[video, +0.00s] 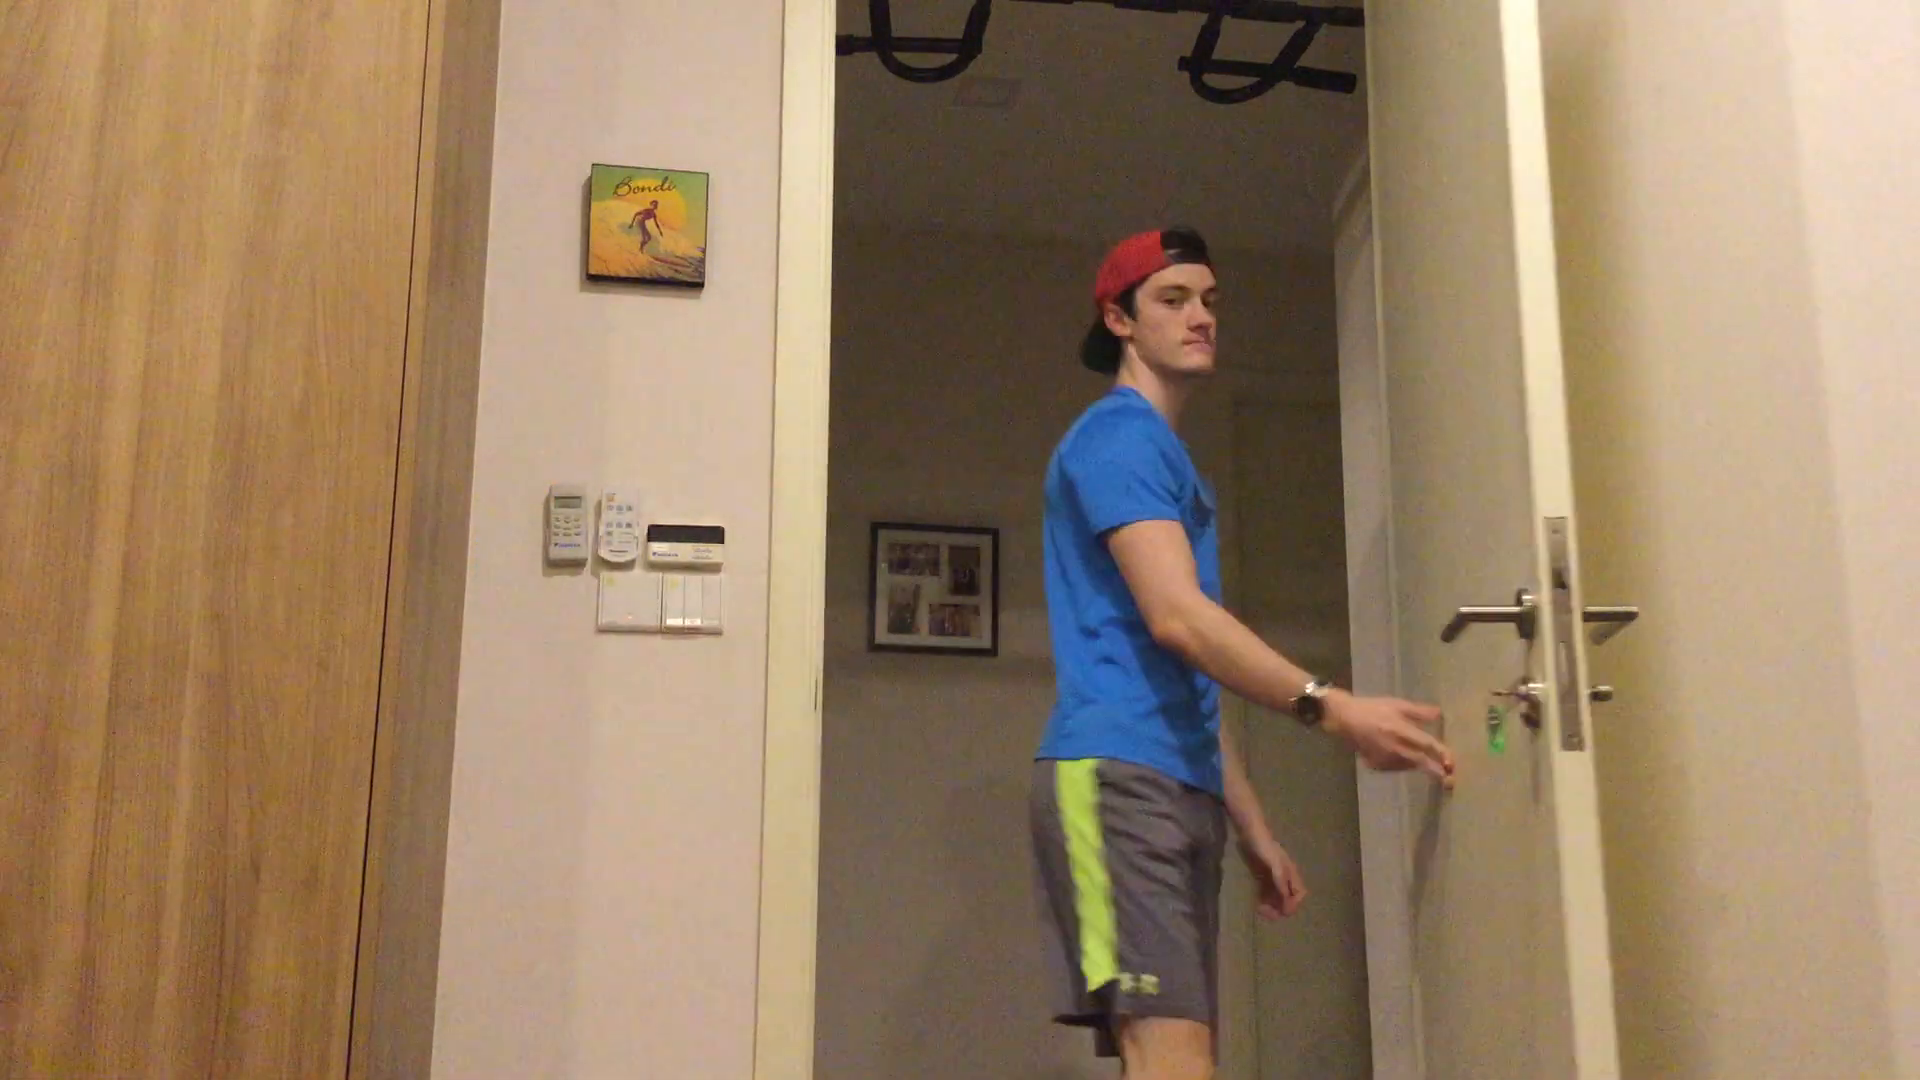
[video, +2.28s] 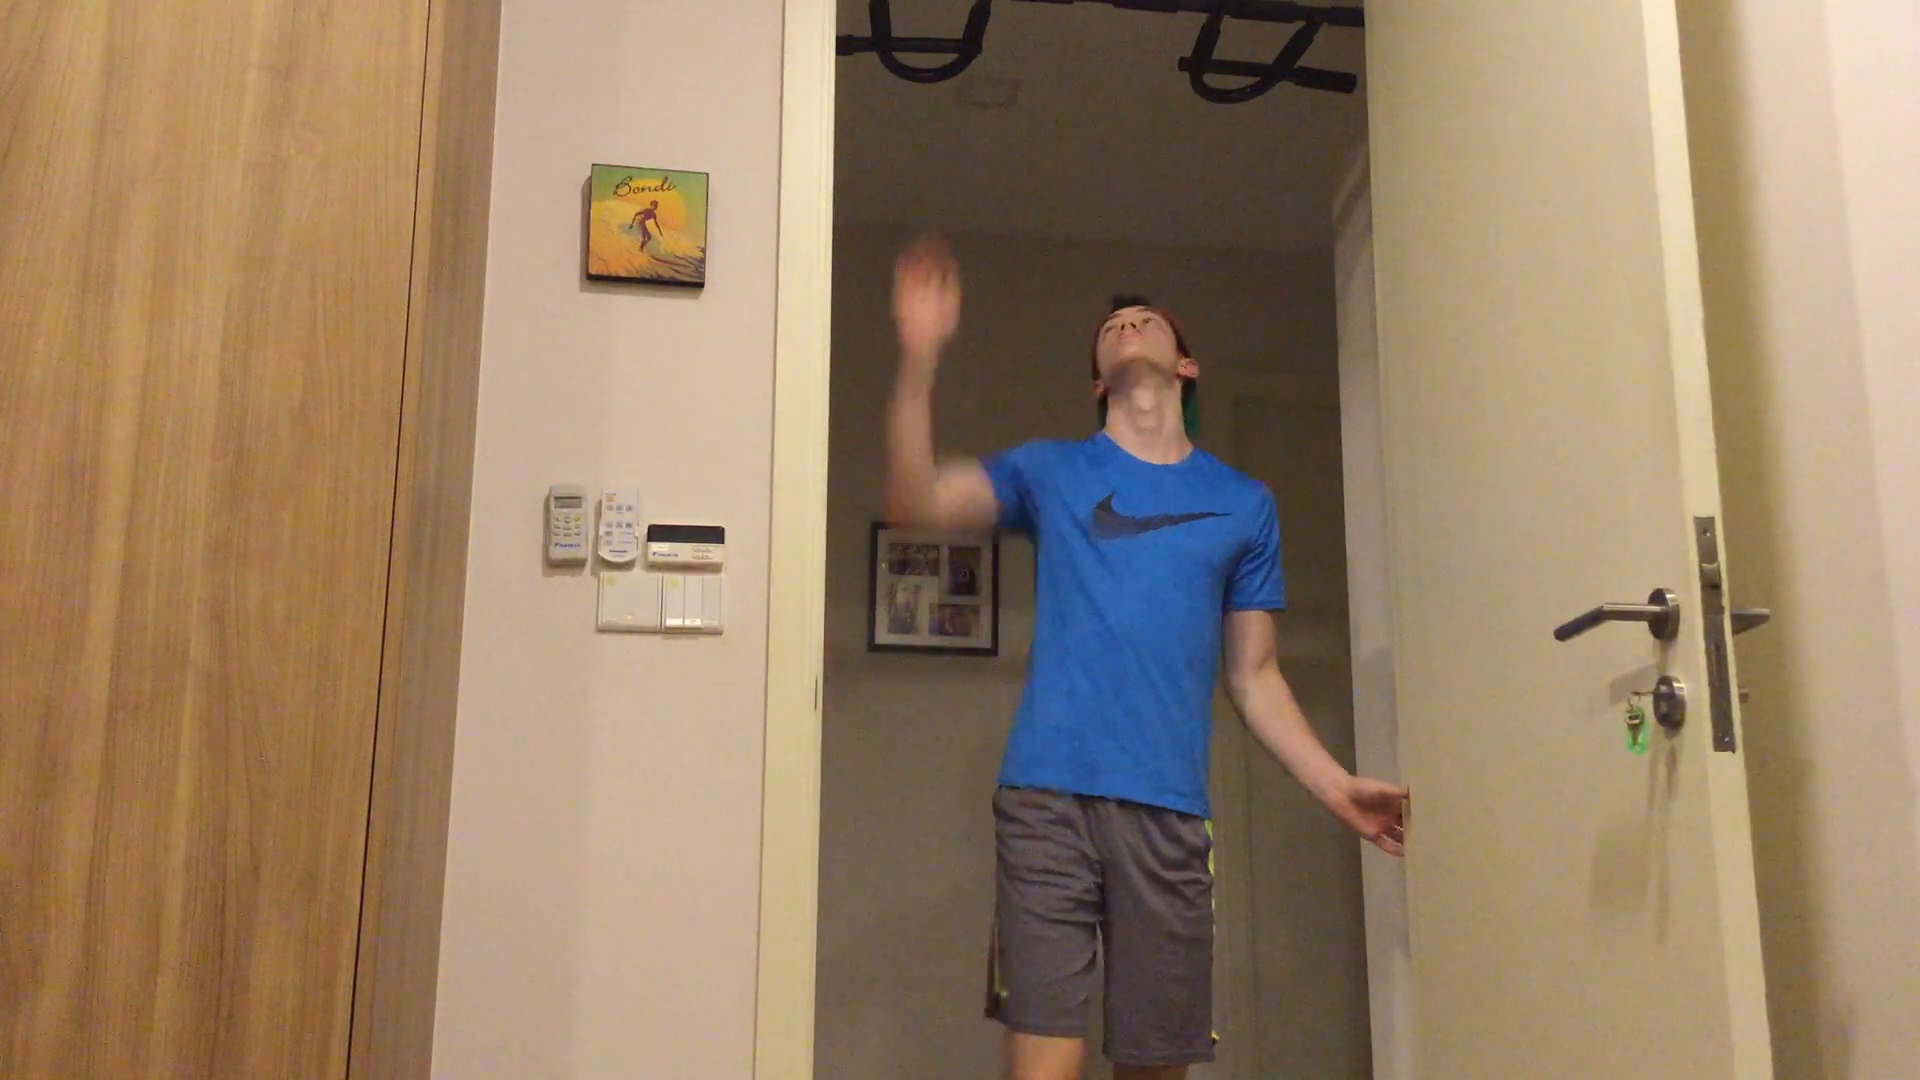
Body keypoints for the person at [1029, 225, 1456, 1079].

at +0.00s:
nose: (1202, 314)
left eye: (1209, 299)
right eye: (1174, 299)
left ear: (1219, 315)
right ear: (1123, 324)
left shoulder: (1175, 467)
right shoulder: (1118, 434)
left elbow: (1191, 685)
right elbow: (1176, 615)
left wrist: (1250, 827)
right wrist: (1336, 710)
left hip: (1173, 789)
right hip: (1119, 778)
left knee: (1175, 1055)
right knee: (1171, 1055)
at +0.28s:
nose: (1160, 333)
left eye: (1174, 317)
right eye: (1134, 323)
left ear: (1196, 338)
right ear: (1102, 351)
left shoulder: (1233, 504)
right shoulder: (1082, 464)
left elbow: (1230, 681)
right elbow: (1089, 635)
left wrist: (1236, 836)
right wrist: (1191, 760)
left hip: (1197, 804)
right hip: (1090, 799)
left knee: (1184, 1056)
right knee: (1081, 1052)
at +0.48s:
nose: (1108, 351)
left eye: (1126, 333)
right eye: (1085, 340)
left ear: (1153, 352)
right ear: (1063, 368)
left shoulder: (1209, 513)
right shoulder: (1031, 492)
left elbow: (1224, 685)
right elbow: (1010, 669)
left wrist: (1248, 840)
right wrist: (1034, 815)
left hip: (1181, 823)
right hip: (1064, 818)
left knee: (1182, 1061)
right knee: (1045, 1058)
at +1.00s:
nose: (1052, 389)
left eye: (1070, 365)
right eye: (1032, 370)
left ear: (1107, 361)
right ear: (1014, 374)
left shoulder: (1176, 496)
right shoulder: (980, 504)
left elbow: (1191, 668)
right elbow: (953, 659)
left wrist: (1181, 826)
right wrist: (903, 717)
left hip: (1116, 811)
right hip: (995, 805)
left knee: (1121, 1053)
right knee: (998, 1047)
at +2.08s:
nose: (1132, 314)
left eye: (1151, 313)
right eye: (1113, 317)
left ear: (1189, 364)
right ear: (1096, 375)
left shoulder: (1244, 500)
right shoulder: (1045, 487)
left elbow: (1253, 671)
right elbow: (989, 642)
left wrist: (1334, 785)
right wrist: (916, 599)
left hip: (1160, 815)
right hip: (1036, 802)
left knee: (1151, 1062)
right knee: (1023, 1056)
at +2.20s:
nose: (1126, 318)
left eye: (1147, 315)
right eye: (1110, 321)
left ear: (1186, 365)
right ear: (1096, 382)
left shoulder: (1243, 499)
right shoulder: (1048, 479)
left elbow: (1257, 669)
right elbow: (943, 587)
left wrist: (1337, 784)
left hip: (1167, 814)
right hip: (1042, 802)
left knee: (1156, 1063)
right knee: (1035, 1057)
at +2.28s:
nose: (1127, 321)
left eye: (1149, 319)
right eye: (1112, 324)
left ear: (1188, 368)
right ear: (1097, 382)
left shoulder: (1243, 503)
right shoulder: (1050, 467)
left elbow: (1256, 672)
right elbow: (913, 501)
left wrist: (1341, 792)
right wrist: (917, 358)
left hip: (1169, 812)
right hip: (1046, 797)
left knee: (1156, 1063)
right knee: (1046, 1055)